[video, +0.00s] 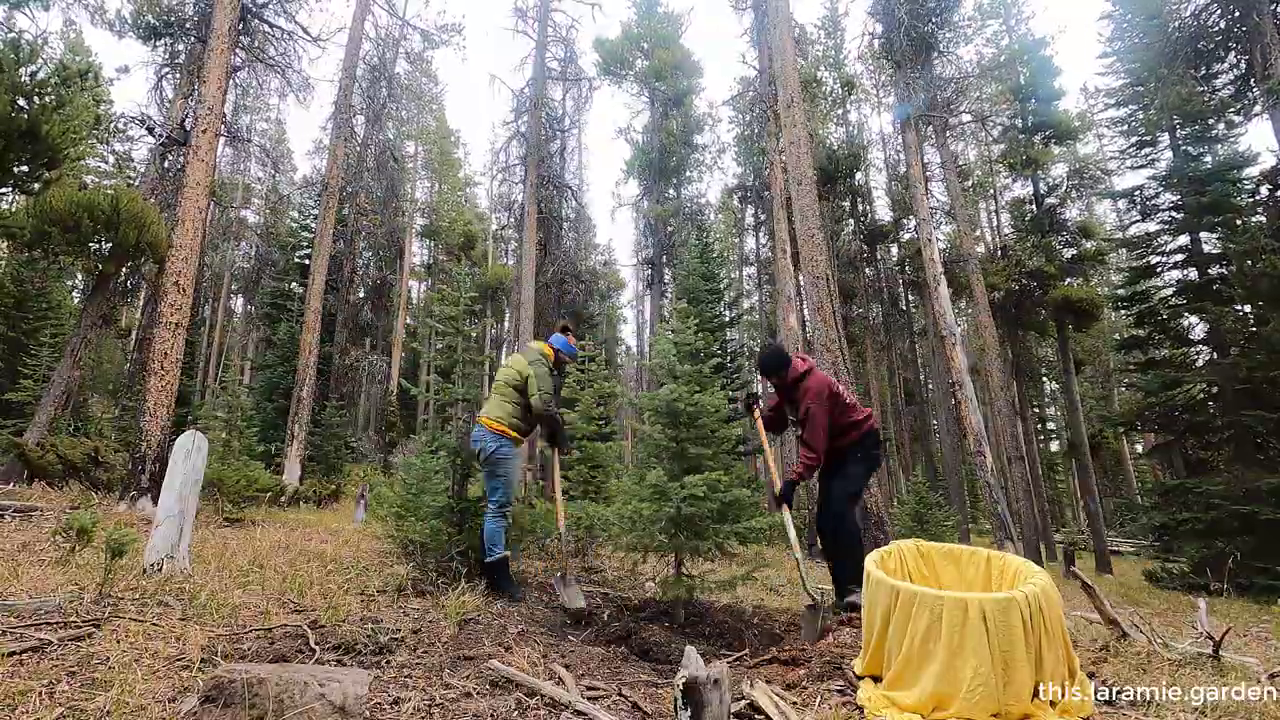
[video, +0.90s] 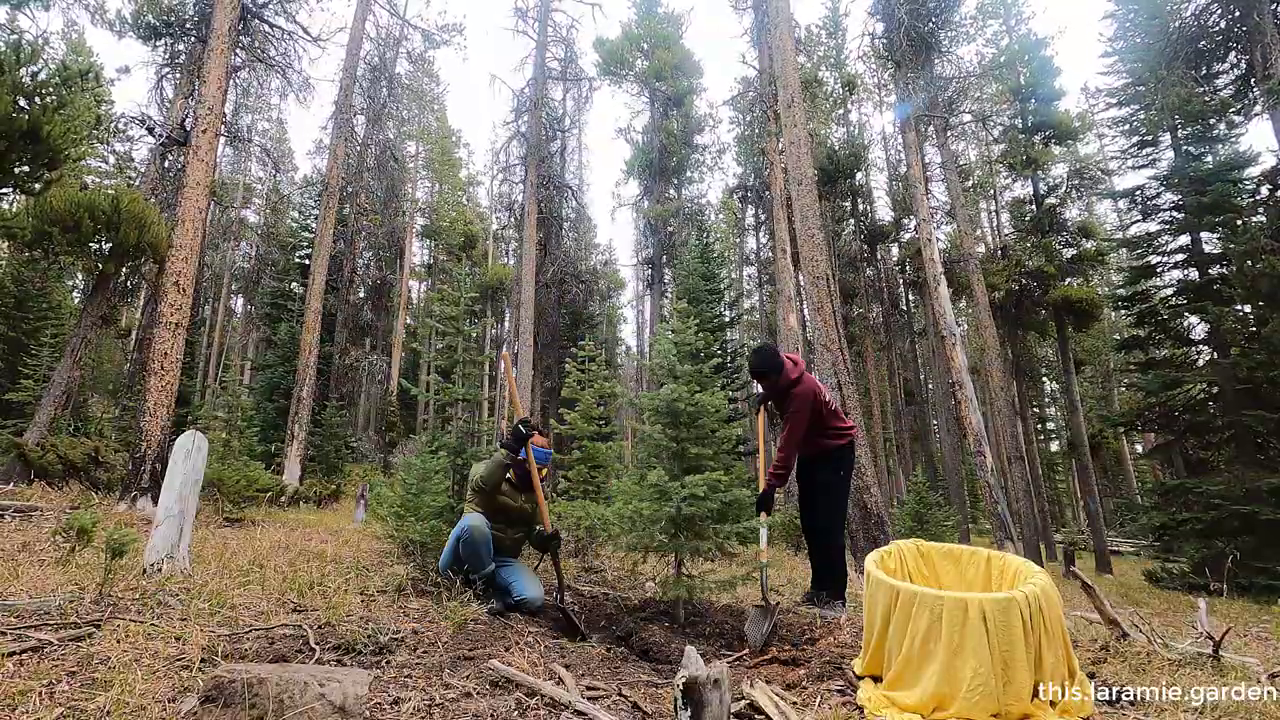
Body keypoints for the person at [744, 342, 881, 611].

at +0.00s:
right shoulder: (788, 388)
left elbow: (814, 444)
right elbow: (776, 423)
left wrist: (793, 480)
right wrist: (757, 413)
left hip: (861, 444)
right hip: (835, 449)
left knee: (839, 513)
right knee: (825, 521)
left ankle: (854, 589)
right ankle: (844, 591)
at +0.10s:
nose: (789, 458)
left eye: (793, 452)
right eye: (783, 454)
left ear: (805, 441)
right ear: (771, 445)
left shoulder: (829, 439)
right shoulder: (762, 446)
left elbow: (835, 500)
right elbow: (762, 495)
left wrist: (823, 555)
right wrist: (767, 558)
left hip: (831, 459)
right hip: (789, 469)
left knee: (850, 525)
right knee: (778, 525)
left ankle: (862, 596)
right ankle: (779, 599)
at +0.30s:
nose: (771, 521)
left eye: (775, 515)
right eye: (768, 515)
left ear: (791, 507)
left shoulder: (827, 508)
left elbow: (823, 582)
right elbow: (785, 564)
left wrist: (800, 630)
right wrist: (780, 605)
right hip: (811, 553)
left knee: (845, 538)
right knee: (756, 537)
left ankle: (857, 607)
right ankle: (786, 609)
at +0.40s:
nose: (945, 477)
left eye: (950, 476)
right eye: (949, 473)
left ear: (947, 456)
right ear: (946, 460)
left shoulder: (923, 454)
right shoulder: (916, 451)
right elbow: (901, 501)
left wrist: (891, 528)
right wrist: (925, 537)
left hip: (858, 467)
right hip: (831, 451)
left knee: (877, 532)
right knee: (833, 521)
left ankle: (880, 604)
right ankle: (799, 598)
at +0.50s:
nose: (853, 329)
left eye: (858, 324)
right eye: (849, 324)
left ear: (870, 325)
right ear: (844, 326)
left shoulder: (887, 352)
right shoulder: (843, 360)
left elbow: (897, 397)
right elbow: (837, 402)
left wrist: (854, 388)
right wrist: (825, 379)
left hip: (876, 443)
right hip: (851, 444)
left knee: (871, 521)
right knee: (852, 523)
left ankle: (881, 597)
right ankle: (866, 594)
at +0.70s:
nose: (816, 318)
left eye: (815, 314)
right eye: (808, 319)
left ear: (822, 319)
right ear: (799, 334)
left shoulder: (851, 349)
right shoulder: (798, 368)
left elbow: (863, 387)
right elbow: (800, 417)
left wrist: (831, 369)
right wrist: (805, 385)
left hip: (867, 443)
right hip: (832, 450)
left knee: (883, 521)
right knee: (846, 529)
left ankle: (897, 594)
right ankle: (857, 599)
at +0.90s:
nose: (761, 386)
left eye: (765, 380)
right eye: (758, 381)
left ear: (778, 372)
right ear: (762, 373)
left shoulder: (802, 390)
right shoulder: (780, 371)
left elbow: (789, 445)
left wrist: (770, 488)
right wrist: (765, 397)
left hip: (835, 450)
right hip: (809, 452)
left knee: (829, 524)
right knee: (811, 522)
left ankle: (835, 596)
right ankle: (820, 589)